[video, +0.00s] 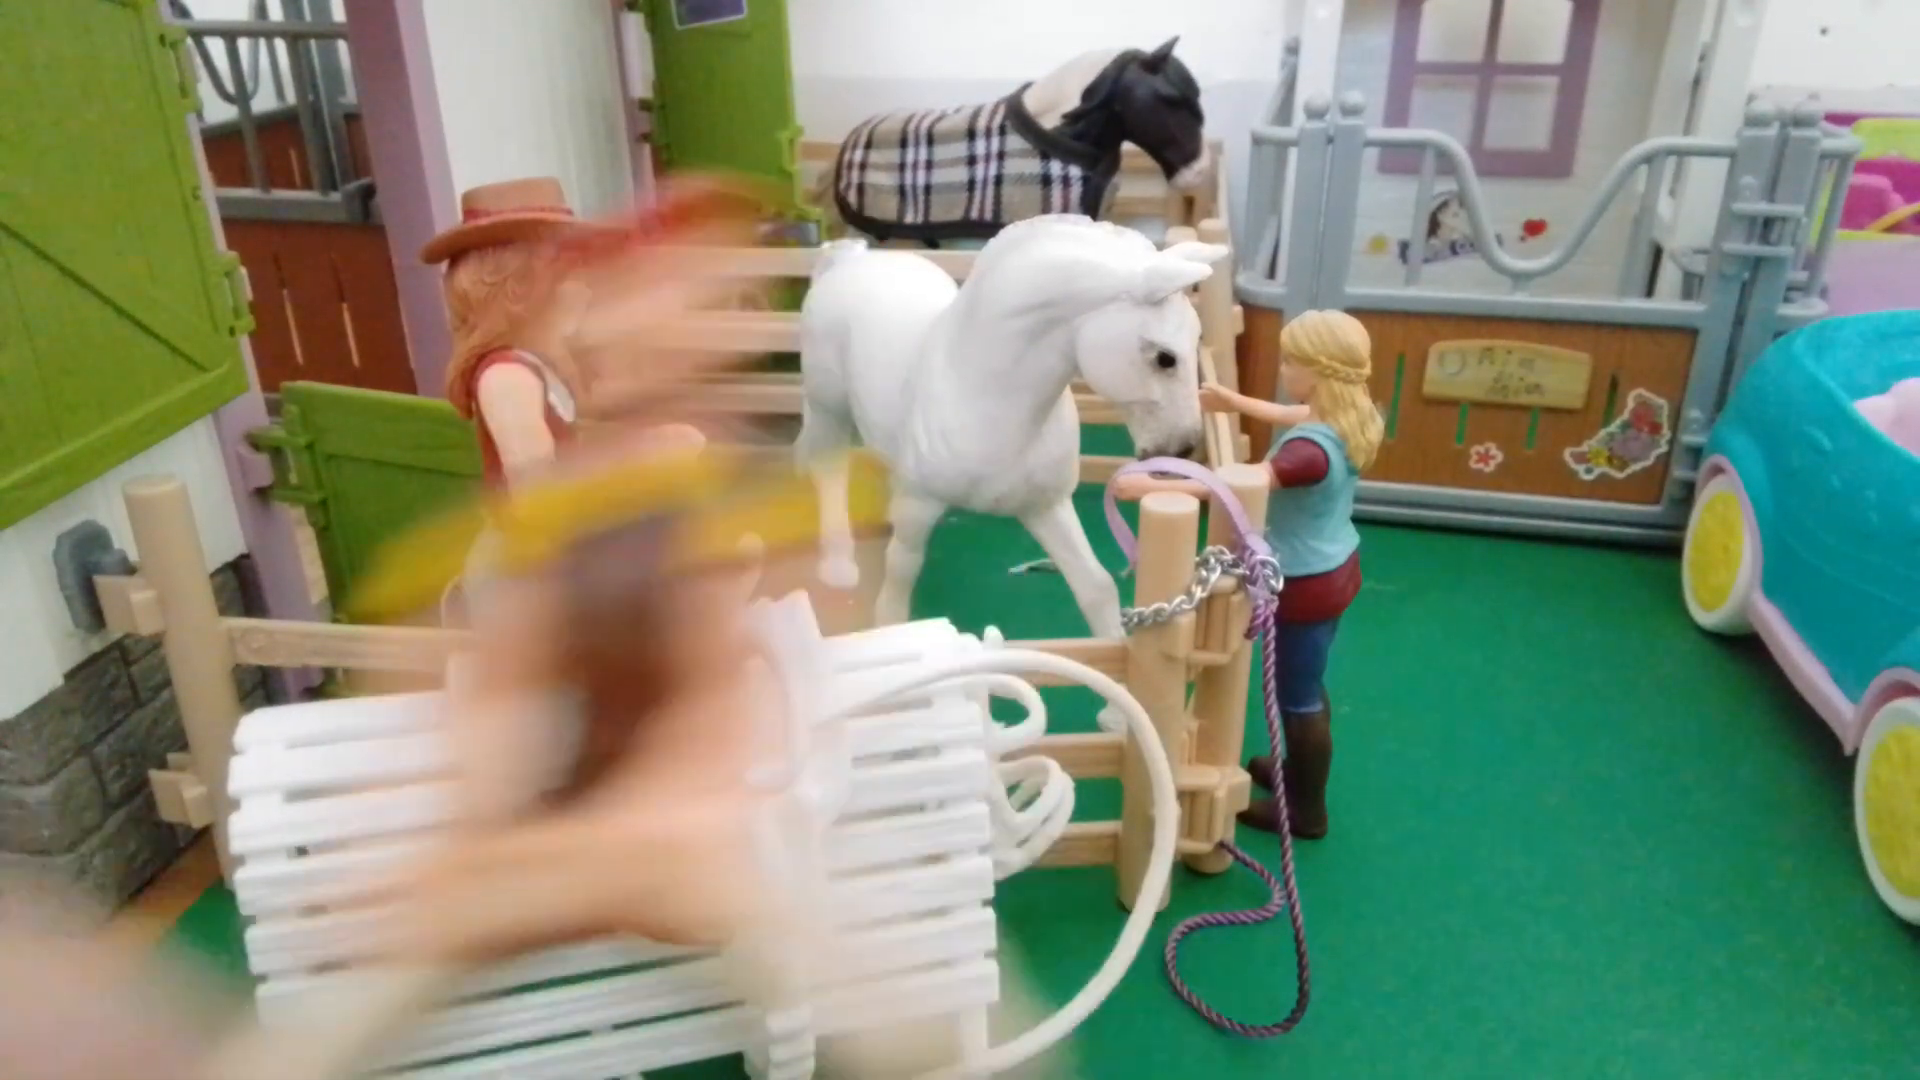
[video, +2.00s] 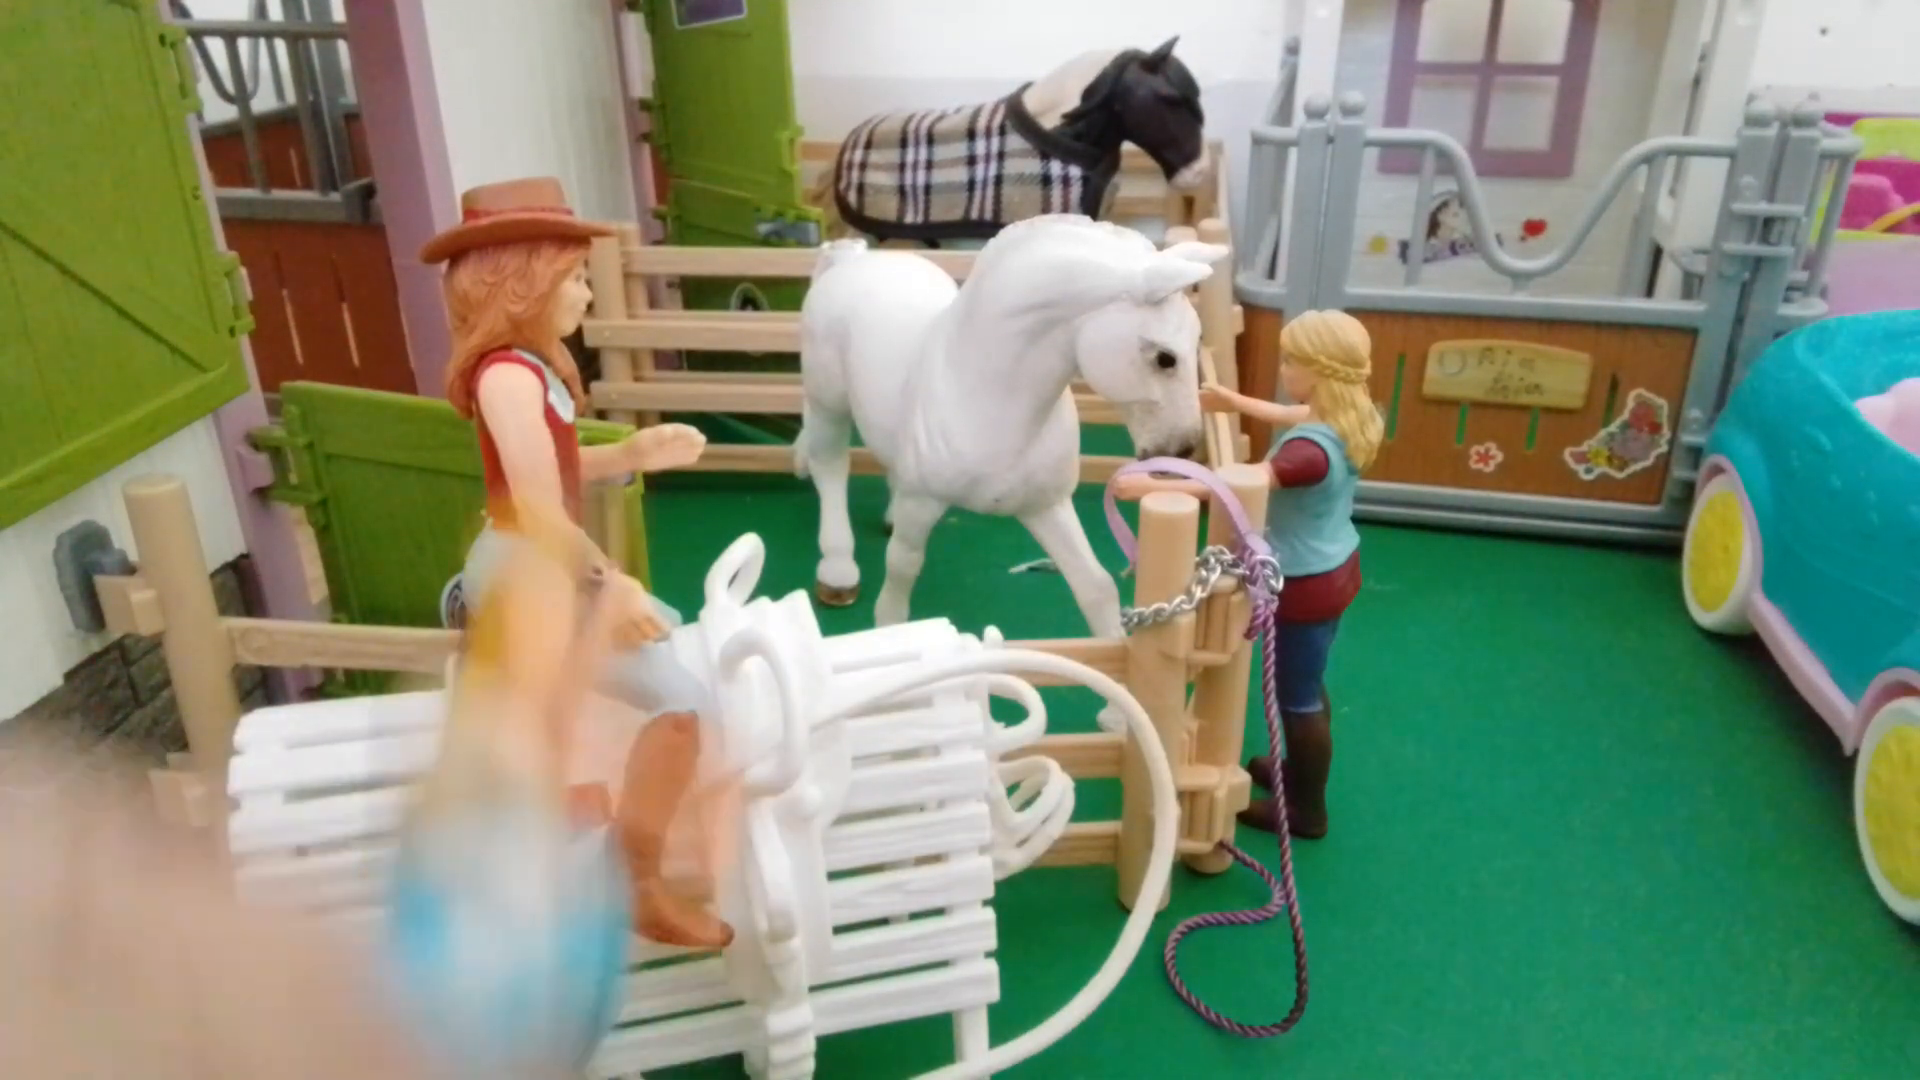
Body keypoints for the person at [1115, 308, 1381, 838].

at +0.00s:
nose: (1283, 370)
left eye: (1290, 361)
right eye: (1285, 360)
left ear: (1319, 372)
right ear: (1337, 372)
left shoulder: (1315, 447)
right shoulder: (1350, 417)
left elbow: (1245, 479)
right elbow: (1290, 415)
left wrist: (1158, 485)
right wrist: (1236, 400)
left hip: (1304, 587)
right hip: (1332, 567)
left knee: (1299, 698)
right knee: (1300, 681)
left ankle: (1304, 812)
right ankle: (1298, 774)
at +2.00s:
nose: (1282, 371)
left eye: (1290, 362)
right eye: (1284, 360)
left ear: (1319, 372)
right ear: (1337, 373)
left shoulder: (1314, 448)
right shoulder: (1348, 417)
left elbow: (1244, 479)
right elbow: (1288, 416)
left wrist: (1159, 484)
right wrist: (1235, 400)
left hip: (1304, 589)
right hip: (1331, 568)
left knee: (1299, 700)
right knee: (1300, 682)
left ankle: (1303, 812)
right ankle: (1299, 774)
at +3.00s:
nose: (1281, 371)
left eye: (1290, 363)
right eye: (1284, 361)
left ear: (1317, 374)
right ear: (1336, 373)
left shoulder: (1315, 448)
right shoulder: (1346, 419)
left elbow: (1253, 479)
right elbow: (1292, 415)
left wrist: (1193, 479)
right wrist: (1236, 401)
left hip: (1309, 579)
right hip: (1333, 565)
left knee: (1297, 691)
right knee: (1299, 676)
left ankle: (1302, 809)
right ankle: (1298, 771)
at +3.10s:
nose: (1280, 373)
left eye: (1290, 363)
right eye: (1283, 362)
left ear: (1314, 373)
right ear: (1347, 369)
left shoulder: (1316, 438)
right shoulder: (1356, 422)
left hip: (1310, 574)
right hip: (1335, 564)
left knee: (1296, 688)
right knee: (1304, 680)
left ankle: (1303, 806)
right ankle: (1295, 772)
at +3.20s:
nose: (1281, 373)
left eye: (1290, 363)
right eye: (1286, 363)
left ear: (1308, 373)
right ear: (1349, 372)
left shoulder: (1311, 444)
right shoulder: (1336, 432)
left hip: (1316, 573)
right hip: (1337, 562)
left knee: (1304, 697)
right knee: (1304, 685)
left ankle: (1303, 806)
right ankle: (1294, 773)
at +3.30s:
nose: (1282, 371)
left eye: (1290, 362)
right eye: (1285, 360)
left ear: (1317, 373)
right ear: (1332, 372)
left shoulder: (1312, 448)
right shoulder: (1349, 417)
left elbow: (1248, 478)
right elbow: (1292, 415)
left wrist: (1187, 475)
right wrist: (1235, 400)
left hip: (1308, 586)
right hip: (1340, 564)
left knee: (1300, 694)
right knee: (1300, 674)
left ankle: (1303, 809)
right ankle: (1293, 766)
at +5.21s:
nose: (1282, 371)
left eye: (1291, 362)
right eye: (1285, 360)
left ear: (1319, 373)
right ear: (1334, 374)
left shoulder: (1315, 447)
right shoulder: (1345, 417)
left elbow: (1247, 478)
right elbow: (1290, 415)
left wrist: (1160, 484)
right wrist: (1236, 401)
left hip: (1304, 588)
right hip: (1331, 566)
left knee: (1296, 701)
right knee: (1304, 688)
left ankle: (1307, 813)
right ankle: (1307, 798)